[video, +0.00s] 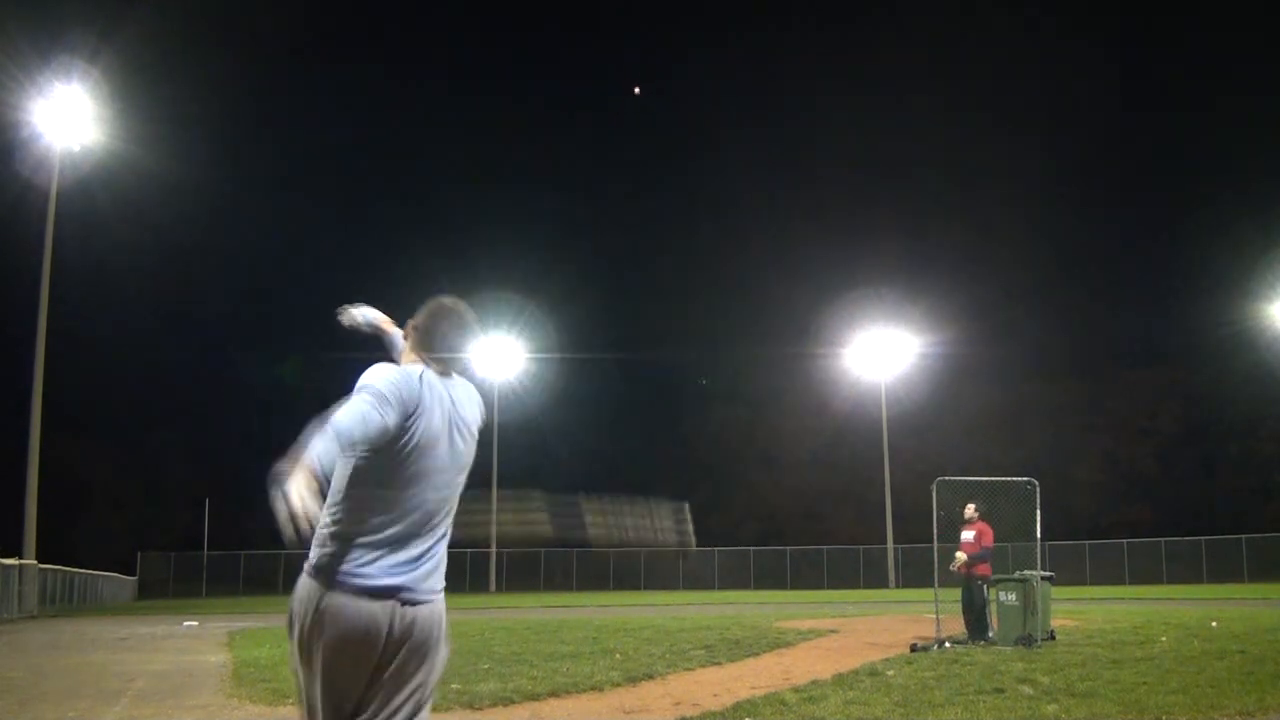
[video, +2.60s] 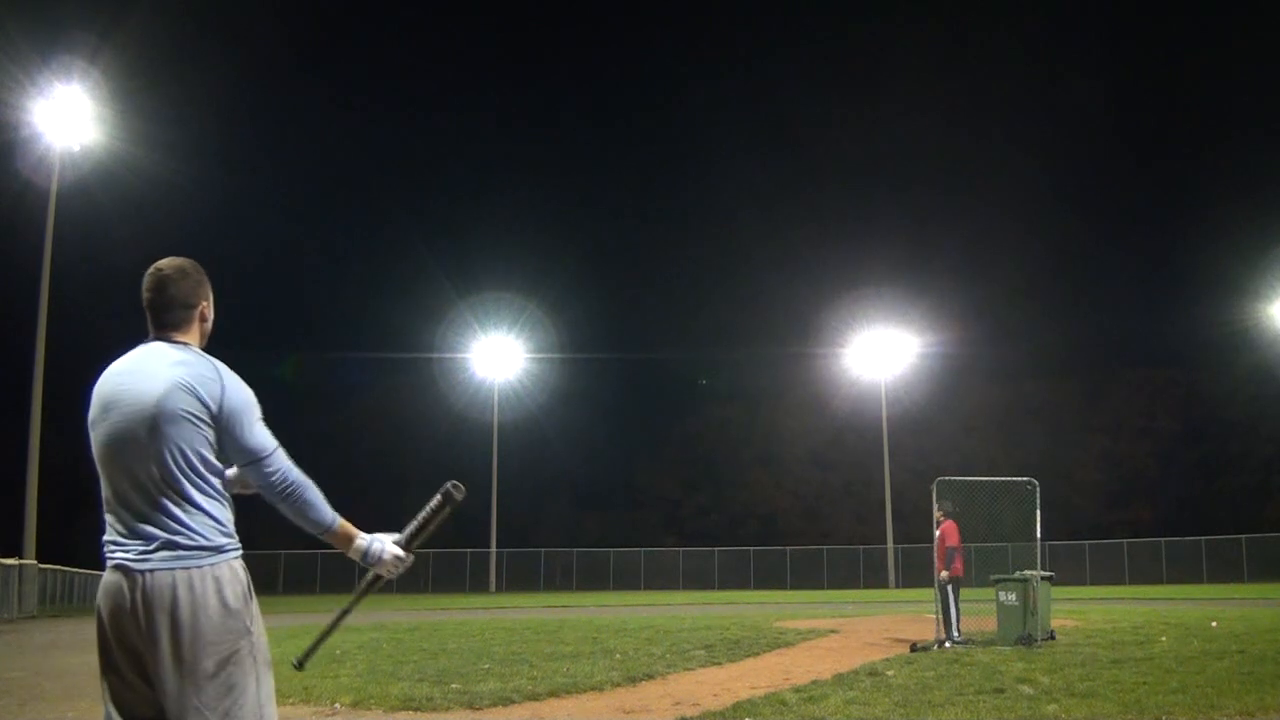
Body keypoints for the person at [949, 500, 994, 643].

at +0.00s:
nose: (965, 511)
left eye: (969, 509)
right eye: (965, 509)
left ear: (977, 513)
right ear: (965, 511)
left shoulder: (984, 528)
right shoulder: (964, 528)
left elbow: (986, 551)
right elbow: (964, 549)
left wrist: (967, 558)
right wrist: (957, 562)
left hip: (980, 573)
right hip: (967, 573)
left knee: (979, 605)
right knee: (967, 606)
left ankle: (982, 635)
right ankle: (972, 635)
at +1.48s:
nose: (946, 518)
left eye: (948, 514)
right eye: (946, 515)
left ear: (955, 514)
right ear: (955, 515)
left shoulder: (966, 526)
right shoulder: (955, 528)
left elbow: (968, 548)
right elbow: (958, 550)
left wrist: (954, 563)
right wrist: (951, 564)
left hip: (965, 575)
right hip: (955, 575)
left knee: (970, 606)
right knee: (954, 608)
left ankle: (983, 634)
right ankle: (953, 636)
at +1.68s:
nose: (941, 518)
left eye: (943, 514)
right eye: (940, 515)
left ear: (951, 514)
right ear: (948, 515)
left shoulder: (962, 527)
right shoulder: (948, 529)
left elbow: (968, 547)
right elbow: (950, 550)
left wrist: (960, 564)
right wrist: (946, 567)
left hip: (958, 572)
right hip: (948, 572)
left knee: (957, 600)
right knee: (950, 605)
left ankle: (975, 629)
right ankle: (953, 636)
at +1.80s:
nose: (938, 518)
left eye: (940, 514)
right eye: (937, 515)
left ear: (948, 514)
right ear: (942, 515)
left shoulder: (959, 526)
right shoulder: (943, 531)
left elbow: (966, 547)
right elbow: (939, 551)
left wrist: (963, 565)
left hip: (955, 571)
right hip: (945, 573)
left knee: (954, 601)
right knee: (948, 604)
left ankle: (968, 632)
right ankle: (952, 635)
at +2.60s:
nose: (934, 513)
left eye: (936, 511)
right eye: (935, 511)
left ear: (942, 513)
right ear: (941, 513)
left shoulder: (949, 526)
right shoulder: (942, 527)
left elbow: (951, 547)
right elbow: (943, 549)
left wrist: (947, 568)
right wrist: (940, 569)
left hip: (950, 573)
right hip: (943, 573)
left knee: (951, 606)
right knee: (946, 606)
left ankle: (954, 636)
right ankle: (949, 635)